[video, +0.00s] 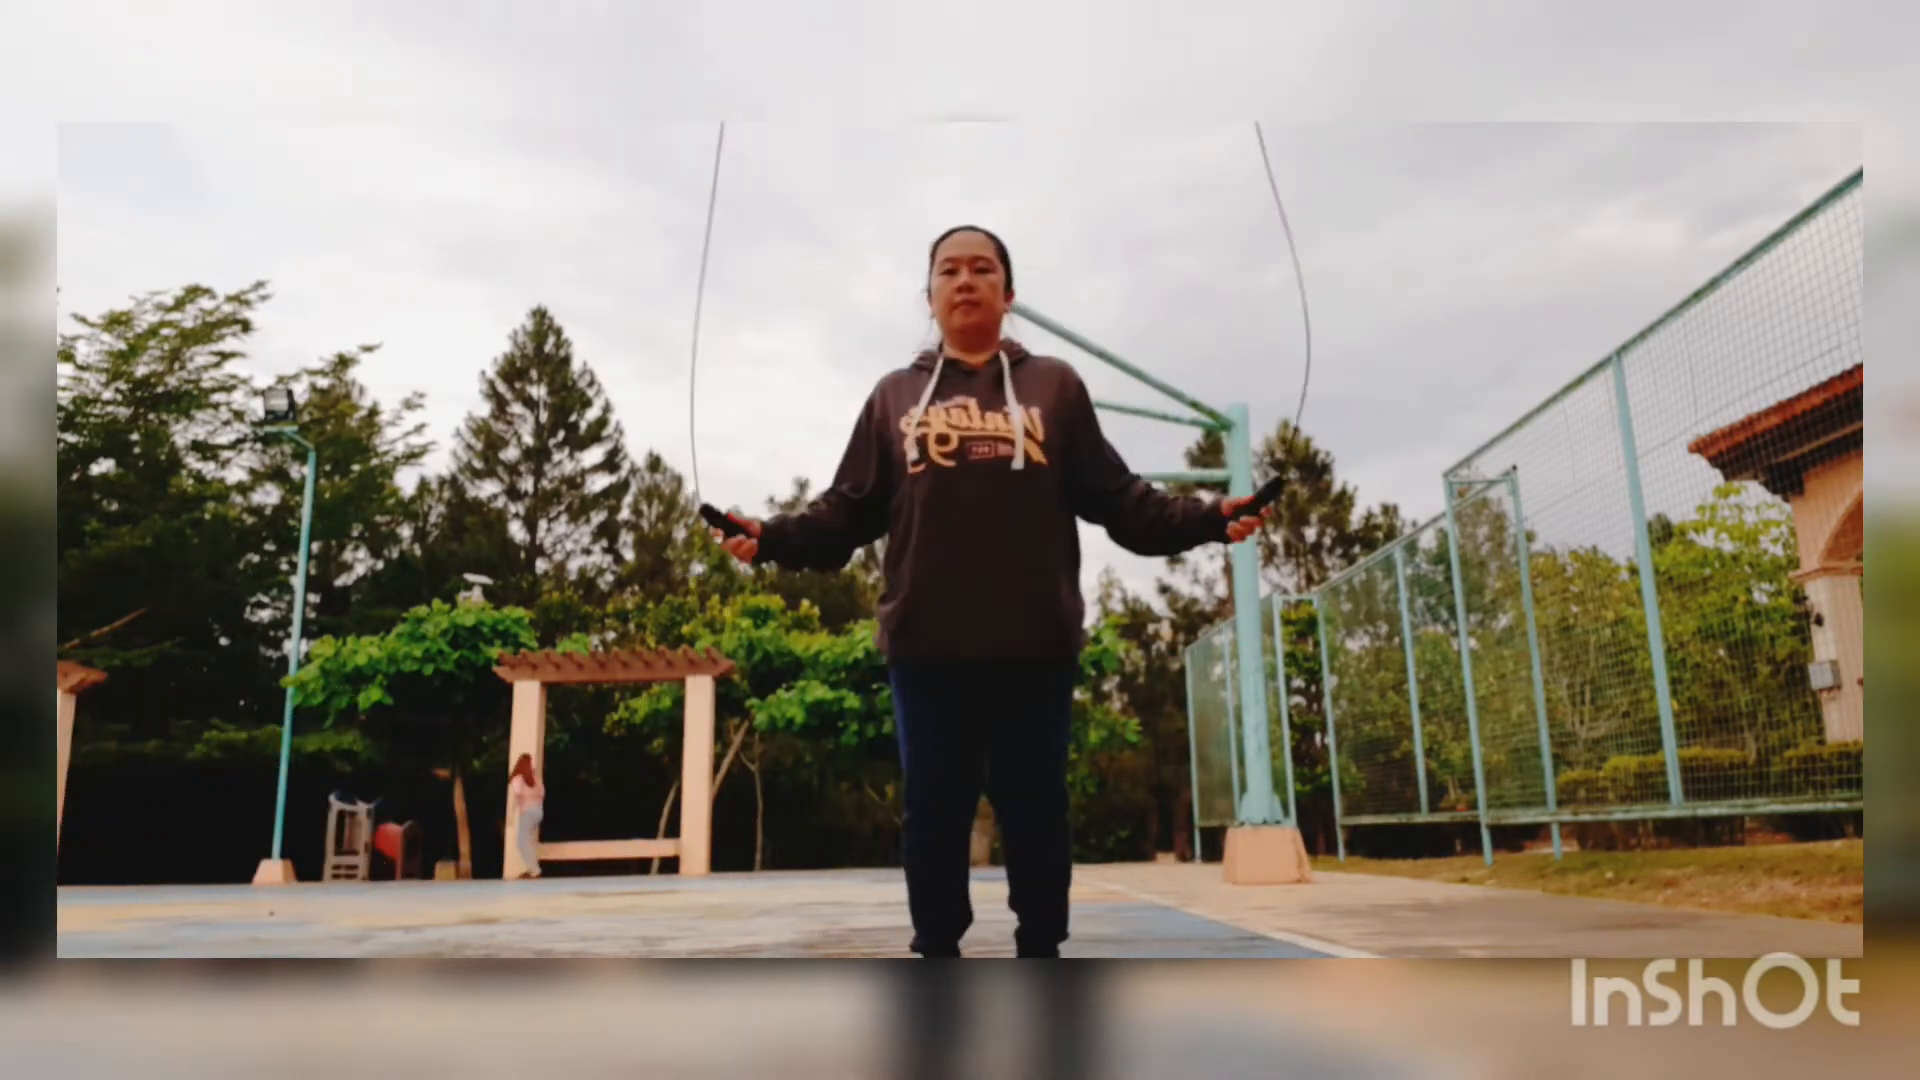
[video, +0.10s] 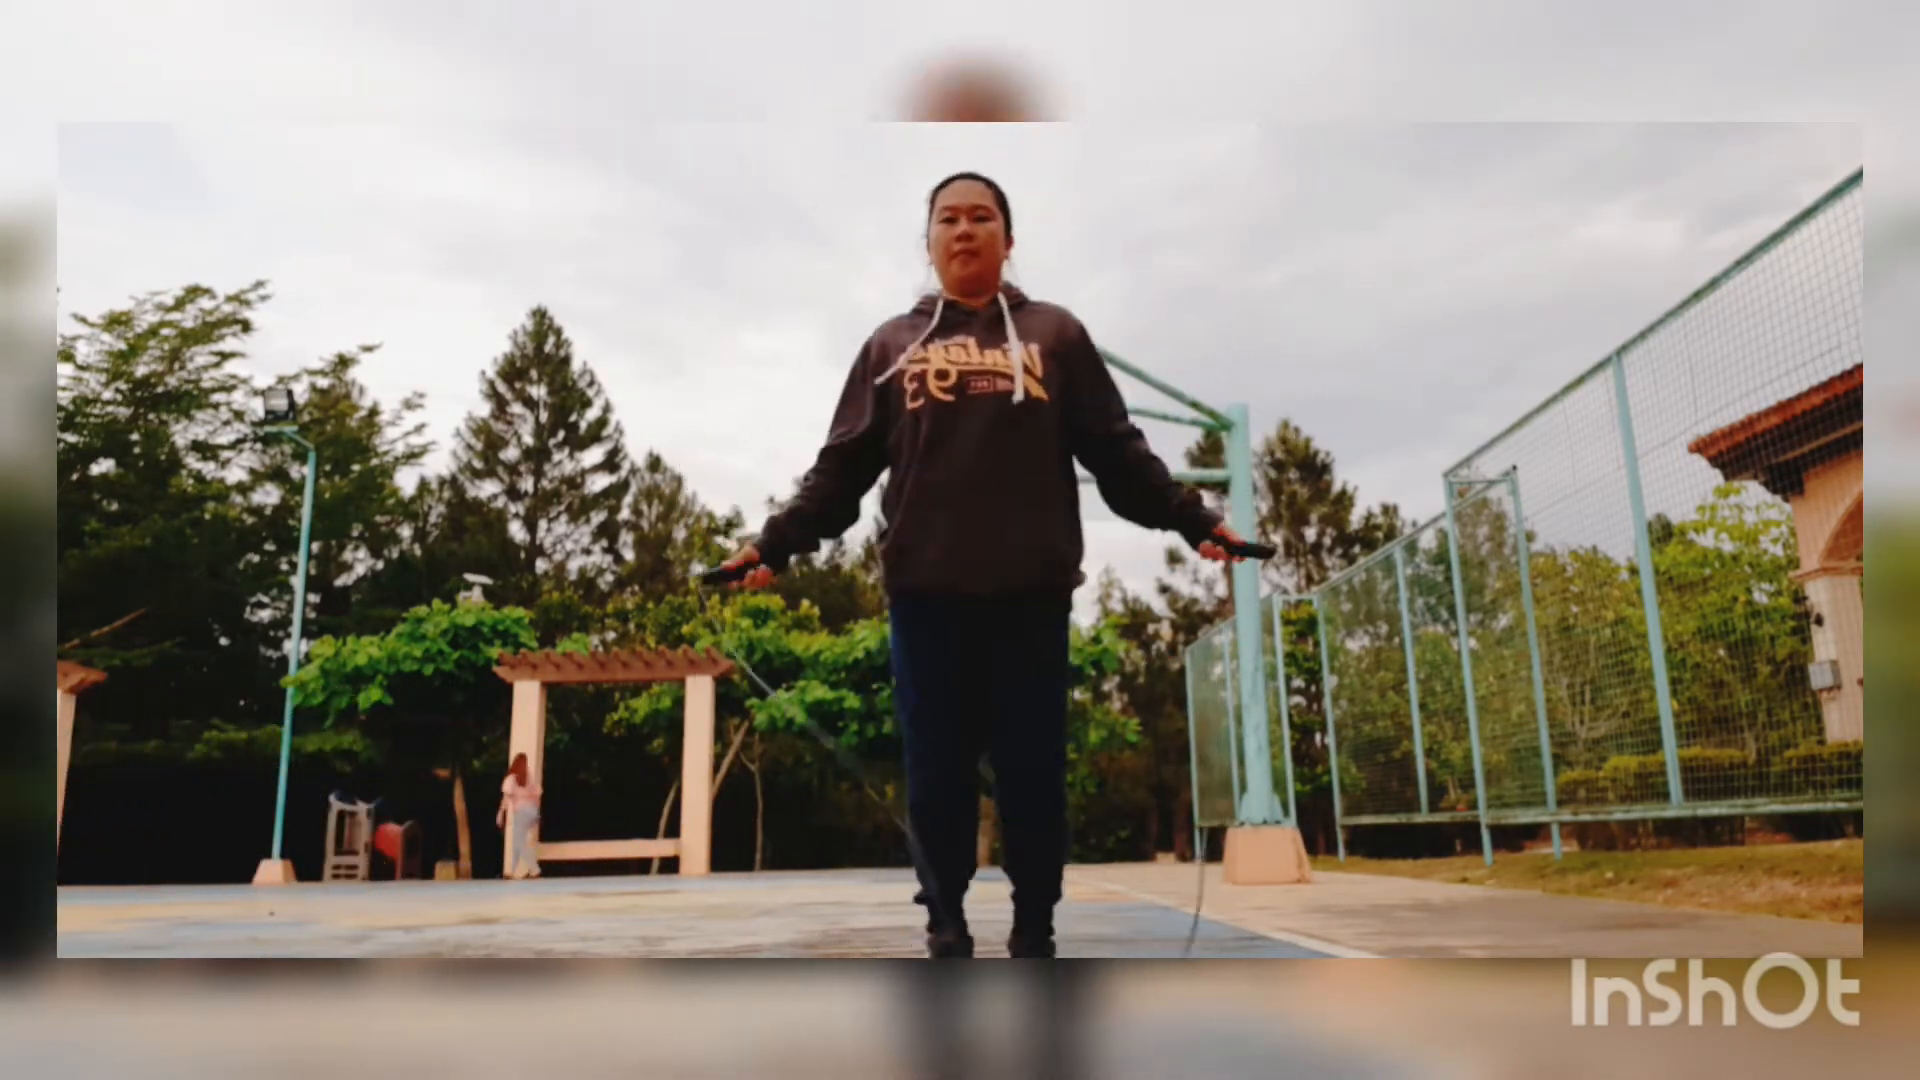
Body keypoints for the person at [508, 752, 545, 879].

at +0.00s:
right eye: (529, 764)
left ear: (519, 764)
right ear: (530, 765)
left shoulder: (518, 778)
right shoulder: (535, 777)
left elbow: (517, 795)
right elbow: (542, 792)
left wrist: (512, 813)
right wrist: (539, 805)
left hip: (527, 810)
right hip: (538, 809)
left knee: (522, 840)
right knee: (529, 840)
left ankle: (534, 868)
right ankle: (531, 867)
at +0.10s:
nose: (520, 766)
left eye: (517, 763)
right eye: (523, 763)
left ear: (514, 764)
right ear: (525, 764)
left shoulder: (510, 778)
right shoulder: (530, 777)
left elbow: (506, 798)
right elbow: (537, 793)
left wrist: (500, 813)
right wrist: (536, 809)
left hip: (519, 811)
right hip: (532, 810)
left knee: (520, 842)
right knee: (518, 841)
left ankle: (534, 868)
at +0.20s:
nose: (517, 766)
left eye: (515, 763)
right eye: (518, 763)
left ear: (511, 764)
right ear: (521, 765)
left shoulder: (506, 778)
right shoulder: (527, 778)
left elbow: (499, 797)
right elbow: (533, 797)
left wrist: (492, 813)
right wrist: (535, 814)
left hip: (512, 812)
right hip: (524, 811)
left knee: (516, 842)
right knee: (510, 841)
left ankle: (532, 867)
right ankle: (501, 871)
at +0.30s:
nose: (509, 768)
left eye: (507, 765)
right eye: (511, 765)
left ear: (503, 765)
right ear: (514, 765)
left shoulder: (499, 778)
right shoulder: (519, 779)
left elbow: (493, 796)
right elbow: (522, 799)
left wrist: (486, 812)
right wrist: (526, 817)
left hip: (503, 812)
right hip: (516, 812)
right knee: (501, 843)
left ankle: (521, 863)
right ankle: (501, 871)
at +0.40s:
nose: (503, 767)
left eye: (501, 763)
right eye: (505, 764)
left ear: (498, 765)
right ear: (510, 765)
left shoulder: (494, 778)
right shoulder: (513, 778)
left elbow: (489, 797)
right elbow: (516, 796)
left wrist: (484, 812)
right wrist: (516, 815)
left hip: (499, 812)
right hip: (512, 811)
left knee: (486, 840)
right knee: (500, 841)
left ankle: (506, 862)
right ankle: (500, 870)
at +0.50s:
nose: (495, 766)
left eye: (494, 763)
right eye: (497, 764)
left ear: (492, 764)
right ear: (504, 764)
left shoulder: (488, 777)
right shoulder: (508, 777)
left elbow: (485, 797)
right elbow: (510, 795)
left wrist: (479, 813)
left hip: (493, 810)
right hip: (506, 809)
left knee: (478, 837)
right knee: (498, 839)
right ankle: (501, 869)